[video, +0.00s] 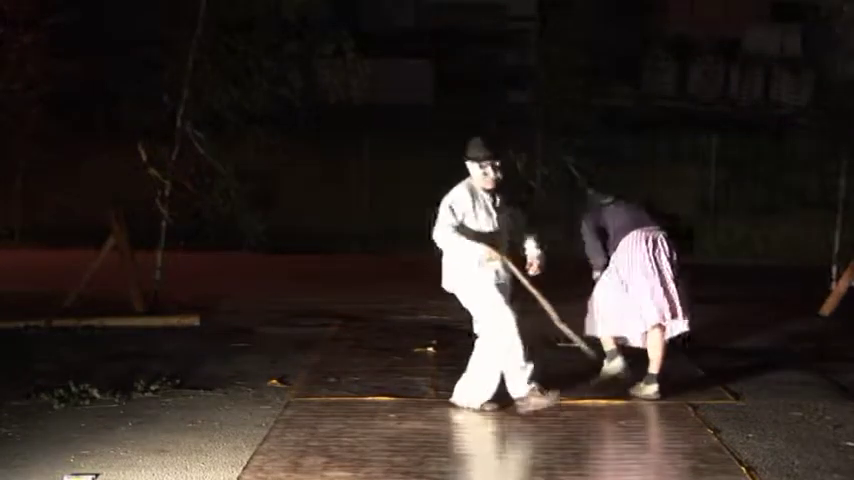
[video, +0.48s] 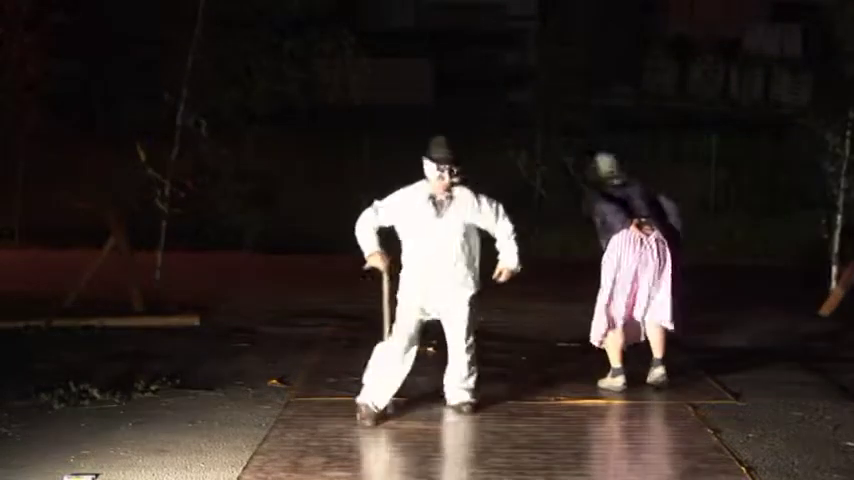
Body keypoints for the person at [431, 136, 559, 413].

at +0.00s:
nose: (491, 175)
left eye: (496, 167)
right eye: (484, 169)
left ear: (502, 168)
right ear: (470, 169)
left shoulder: (503, 197)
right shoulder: (458, 198)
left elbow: (521, 226)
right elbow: (442, 234)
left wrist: (532, 249)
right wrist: (480, 251)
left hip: (499, 273)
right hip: (467, 276)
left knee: (493, 331)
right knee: (503, 322)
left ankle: (469, 395)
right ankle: (525, 391)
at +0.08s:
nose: (484, 177)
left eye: (488, 170)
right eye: (477, 172)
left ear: (494, 169)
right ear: (466, 170)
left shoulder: (501, 201)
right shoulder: (454, 195)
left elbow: (527, 221)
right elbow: (425, 226)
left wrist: (536, 247)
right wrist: (461, 244)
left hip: (490, 274)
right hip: (457, 274)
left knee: (491, 329)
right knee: (487, 323)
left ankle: (472, 393)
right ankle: (517, 382)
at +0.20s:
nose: (468, 168)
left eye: (473, 162)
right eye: (461, 163)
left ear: (481, 162)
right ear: (453, 162)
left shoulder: (496, 188)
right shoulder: (441, 186)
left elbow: (529, 203)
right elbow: (403, 206)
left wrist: (543, 233)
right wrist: (433, 237)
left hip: (479, 268)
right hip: (445, 265)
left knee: (479, 323)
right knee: (461, 316)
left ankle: (467, 391)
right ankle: (479, 374)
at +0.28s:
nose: (460, 164)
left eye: (465, 158)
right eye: (453, 159)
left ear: (473, 157)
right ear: (444, 157)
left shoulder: (490, 182)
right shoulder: (429, 181)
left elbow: (523, 195)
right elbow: (389, 199)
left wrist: (538, 230)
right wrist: (410, 230)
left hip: (473, 267)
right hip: (439, 264)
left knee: (466, 328)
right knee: (442, 321)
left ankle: (468, 390)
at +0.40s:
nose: (449, 169)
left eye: (455, 163)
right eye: (443, 163)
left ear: (463, 163)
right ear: (433, 162)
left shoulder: (480, 190)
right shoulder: (415, 190)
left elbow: (513, 207)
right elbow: (372, 206)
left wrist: (520, 242)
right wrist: (385, 238)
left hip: (465, 277)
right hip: (426, 276)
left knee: (462, 336)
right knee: (416, 331)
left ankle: (458, 396)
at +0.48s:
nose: (447, 177)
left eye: (452, 171)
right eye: (440, 171)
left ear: (458, 172)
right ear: (427, 169)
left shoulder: (468, 202)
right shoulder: (407, 199)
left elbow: (501, 222)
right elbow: (368, 219)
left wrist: (509, 258)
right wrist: (373, 250)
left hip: (457, 289)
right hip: (415, 288)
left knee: (461, 345)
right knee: (401, 342)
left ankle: (460, 396)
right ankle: (371, 400)